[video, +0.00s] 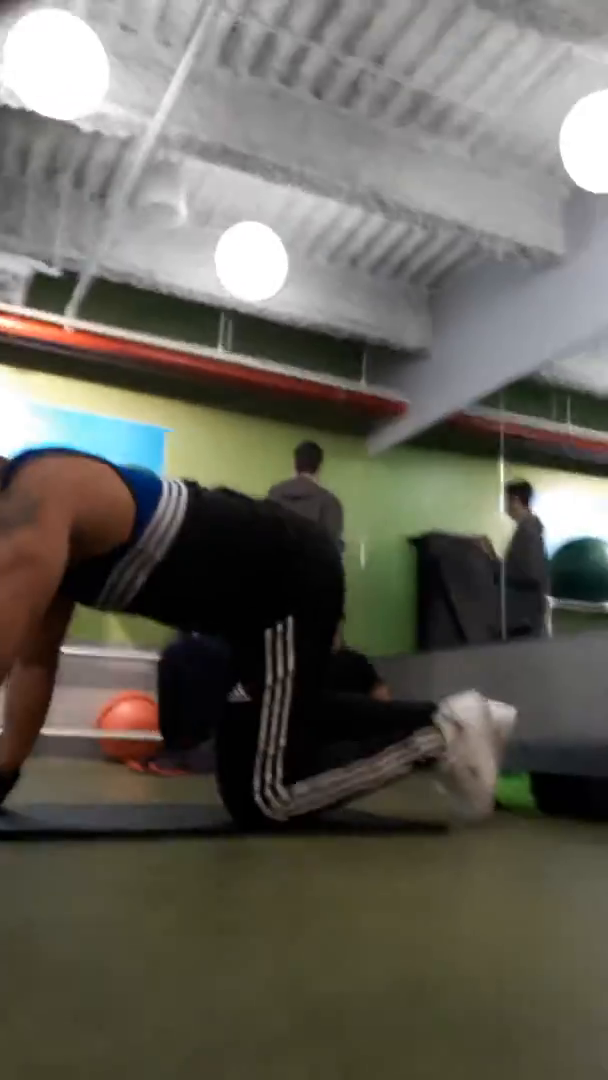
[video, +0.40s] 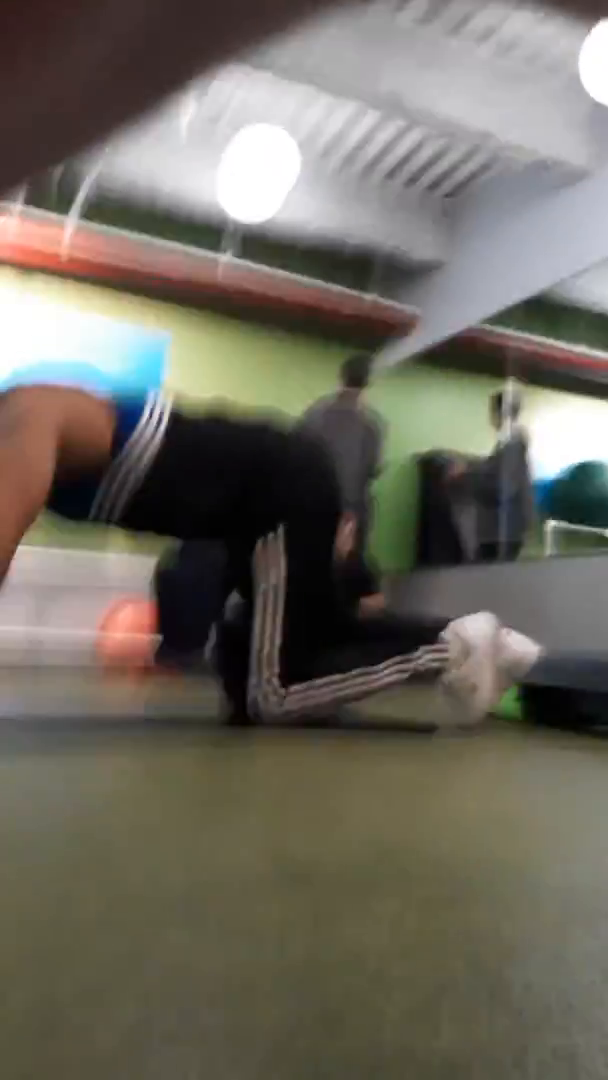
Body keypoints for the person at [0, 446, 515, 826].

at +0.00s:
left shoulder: (42, 491)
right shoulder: (44, 510)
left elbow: (14, 658)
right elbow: (31, 670)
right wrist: (8, 768)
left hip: (285, 582)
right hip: (266, 587)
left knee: (265, 797)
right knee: (259, 773)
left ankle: (441, 737)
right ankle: (452, 724)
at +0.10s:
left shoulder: (29, 463)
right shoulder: (23, 472)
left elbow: (10, 634)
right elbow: (13, 636)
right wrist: (6, 714)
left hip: (270, 567)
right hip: (249, 570)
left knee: (246, 776)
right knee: (276, 703)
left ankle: (420, 721)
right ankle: (434, 712)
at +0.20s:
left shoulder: (19, 443)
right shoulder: (21, 437)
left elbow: (2, 579)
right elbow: (8, 574)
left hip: (252, 547)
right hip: (254, 534)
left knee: (226, 759)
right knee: (270, 687)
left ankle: (410, 711)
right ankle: (433, 701)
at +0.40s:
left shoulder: (32, 414)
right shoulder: (31, 415)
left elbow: (7, 543)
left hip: (280, 497)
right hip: (267, 501)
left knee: (269, 694)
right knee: (259, 685)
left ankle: (446, 652)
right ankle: (467, 646)